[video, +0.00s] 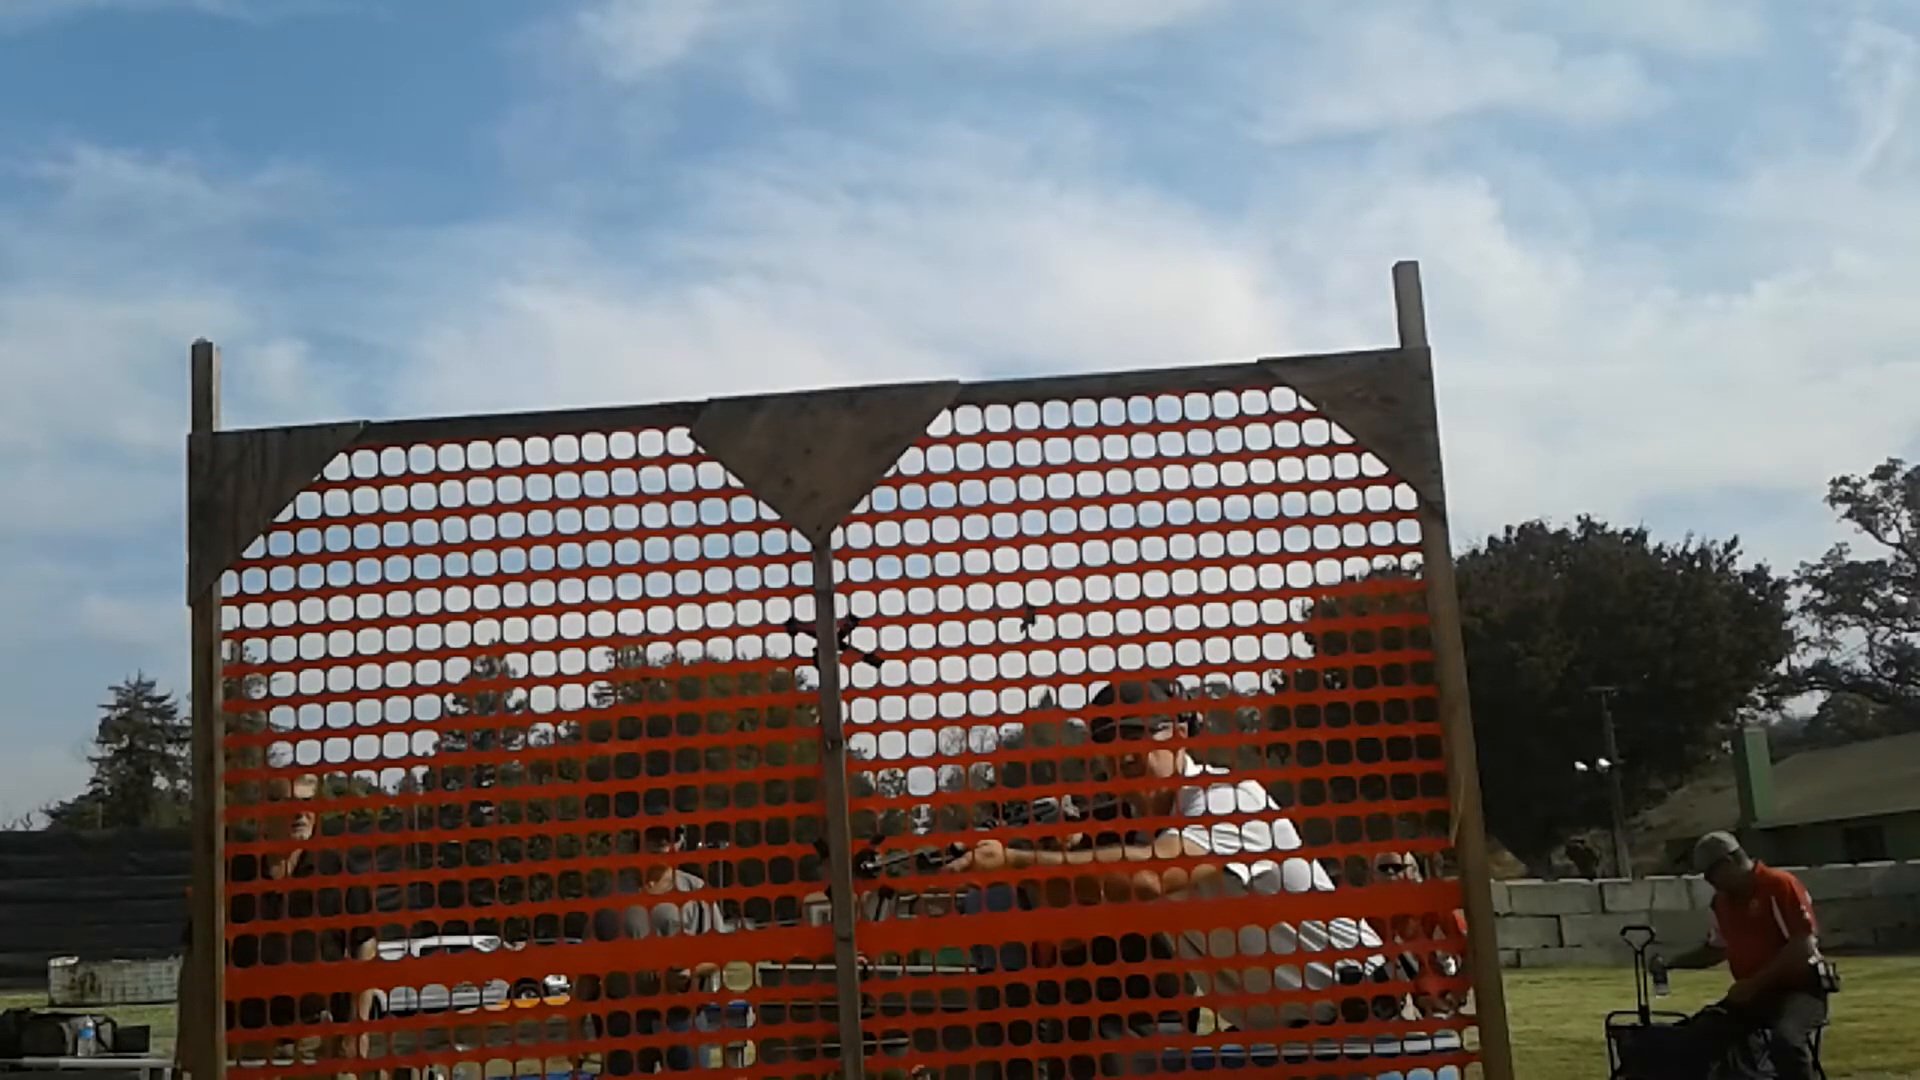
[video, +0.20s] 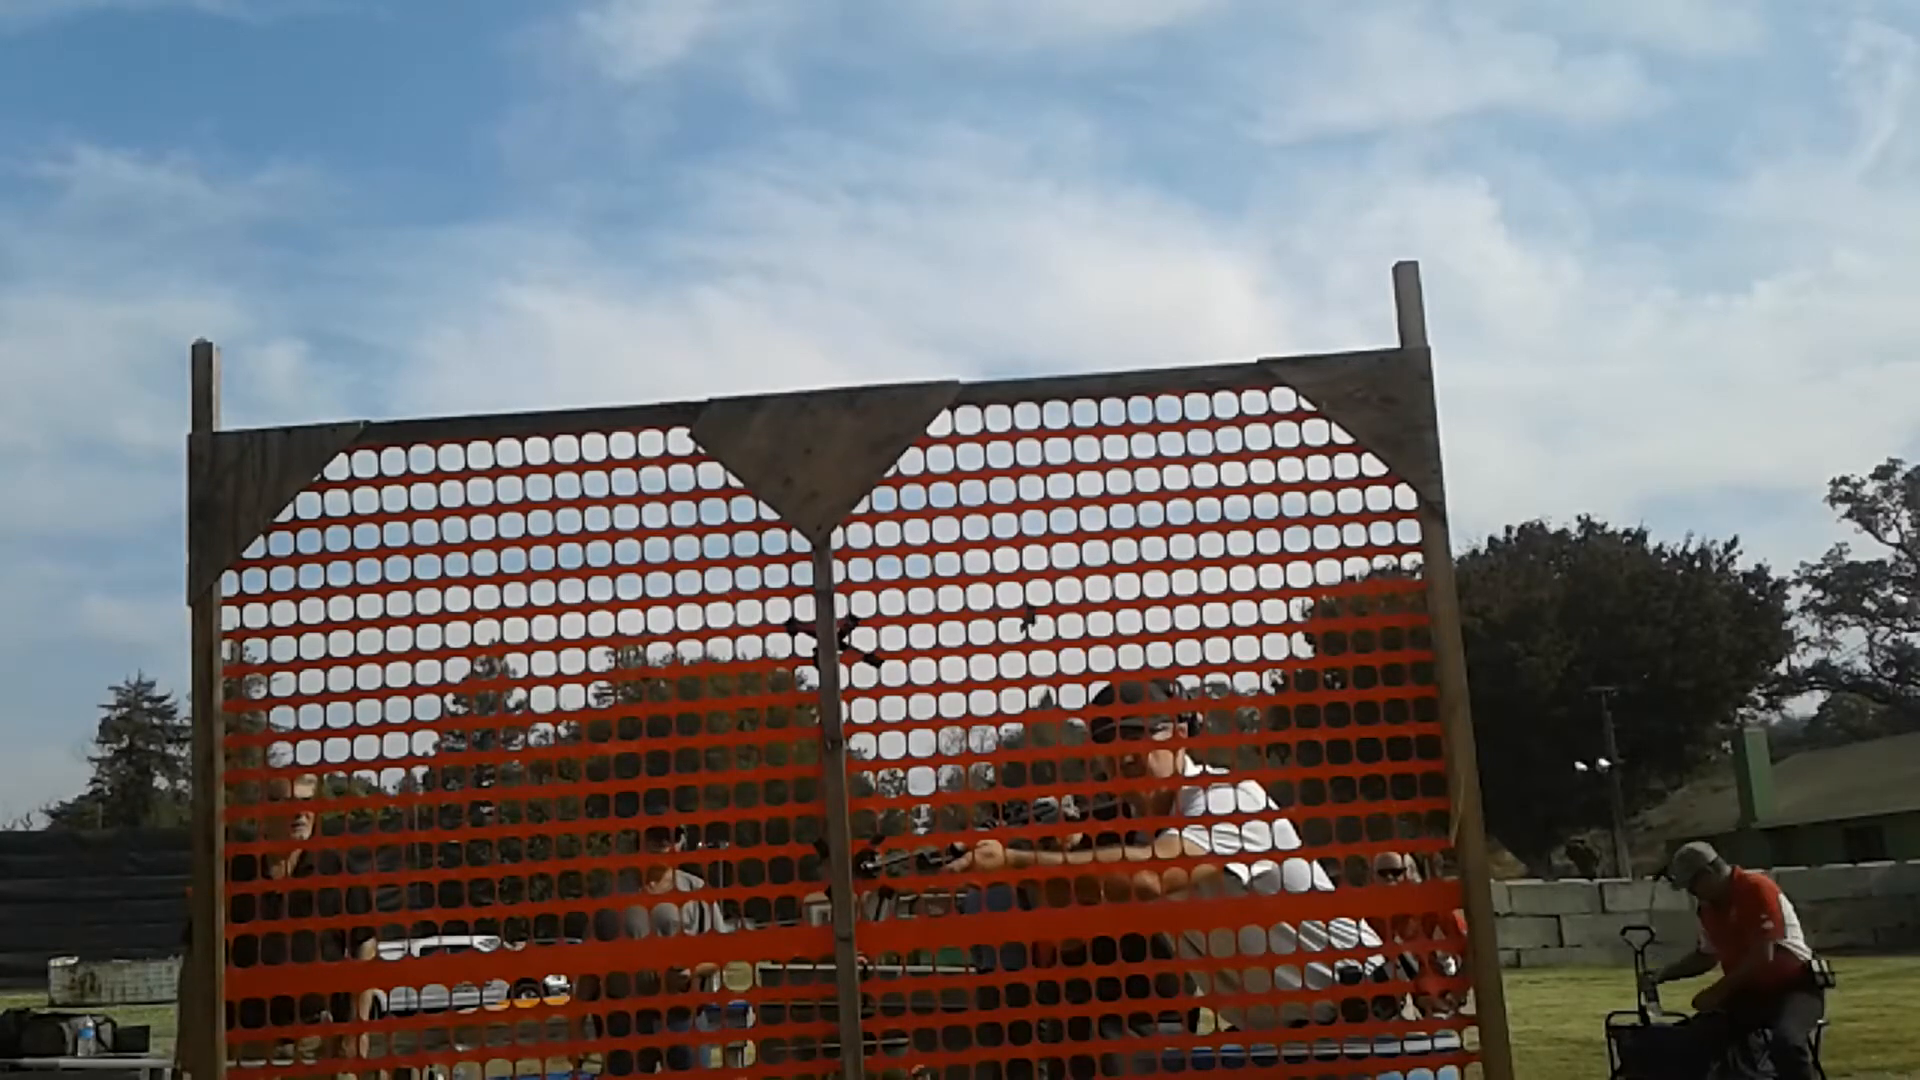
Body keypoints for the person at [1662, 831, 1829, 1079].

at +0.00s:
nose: (1709, 882)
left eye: (1712, 873)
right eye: (1706, 876)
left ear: (1732, 860)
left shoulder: (1781, 884)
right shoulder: (1723, 899)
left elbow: (1805, 946)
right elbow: (1718, 949)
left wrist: (1752, 985)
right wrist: (1671, 962)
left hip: (1800, 991)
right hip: (1754, 993)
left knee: (1786, 1042)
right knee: (1697, 1036)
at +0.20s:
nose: (1693, 895)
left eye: (1694, 887)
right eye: (1690, 890)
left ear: (1709, 872)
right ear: (1707, 875)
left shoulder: (1757, 888)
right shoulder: (1708, 908)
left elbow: (1762, 956)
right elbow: (1707, 957)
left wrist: (1716, 992)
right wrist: (1662, 974)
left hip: (1795, 990)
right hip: (1750, 992)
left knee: (1787, 1041)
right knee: (1692, 1038)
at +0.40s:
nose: (1680, 906)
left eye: (1680, 898)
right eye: (1676, 901)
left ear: (1696, 884)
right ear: (1692, 885)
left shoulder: (1735, 896)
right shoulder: (1696, 908)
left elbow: (1727, 965)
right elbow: (1700, 961)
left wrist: (1687, 1006)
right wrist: (1658, 984)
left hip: (1792, 990)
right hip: (1746, 994)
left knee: (1788, 1043)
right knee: (1686, 1039)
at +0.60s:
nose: (1670, 916)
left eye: (1670, 909)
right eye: (1666, 912)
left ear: (1683, 893)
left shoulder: (1719, 906)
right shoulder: (1690, 912)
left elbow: (1708, 974)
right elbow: (1692, 965)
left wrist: (1682, 1017)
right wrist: (1651, 992)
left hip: (1791, 989)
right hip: (1745, 995)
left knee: (1789, 1044)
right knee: (1687, 1039)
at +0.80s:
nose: (1663, 923)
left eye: (1663, 915)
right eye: (1658, 918)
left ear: (1676, 901)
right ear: (1675, 898)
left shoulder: (1708, 912)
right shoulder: (1687, 914)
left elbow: (1701, 979)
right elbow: (1689, 966)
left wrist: (1682, 1026)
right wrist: (1653, 992)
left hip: (1790, 988)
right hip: (1744, 994)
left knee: (1788, 1041)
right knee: (1688, 1038)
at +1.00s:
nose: (1661, 924)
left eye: (1660, 916)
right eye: (1656, 919)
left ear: (1674, 902)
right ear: (1673, 899)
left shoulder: (1707, 913)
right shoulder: (1686, 915)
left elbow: (1695, 981)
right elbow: (1687, 966)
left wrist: (1674, 1030)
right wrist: (1655, 1000)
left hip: (1790, 988)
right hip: (1745, 994)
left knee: (1786, 1042)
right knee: (1685, 1041)